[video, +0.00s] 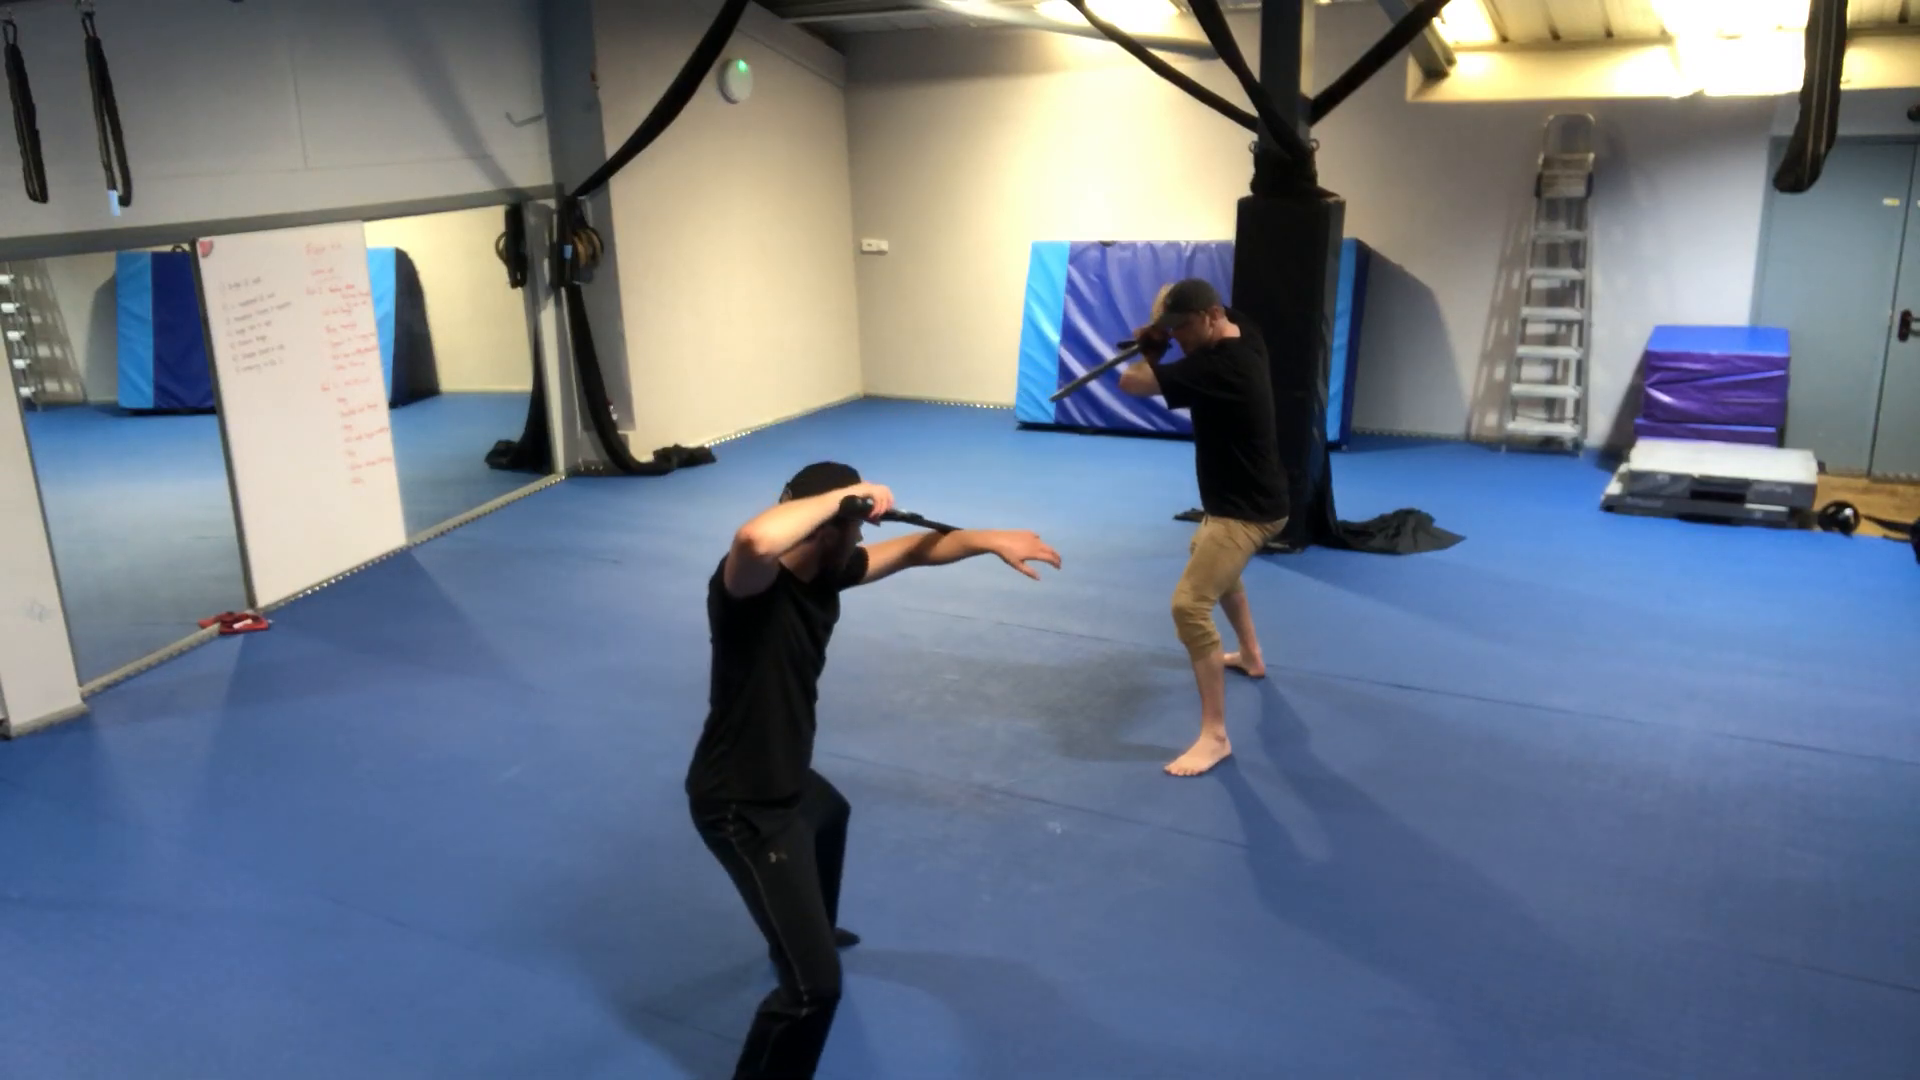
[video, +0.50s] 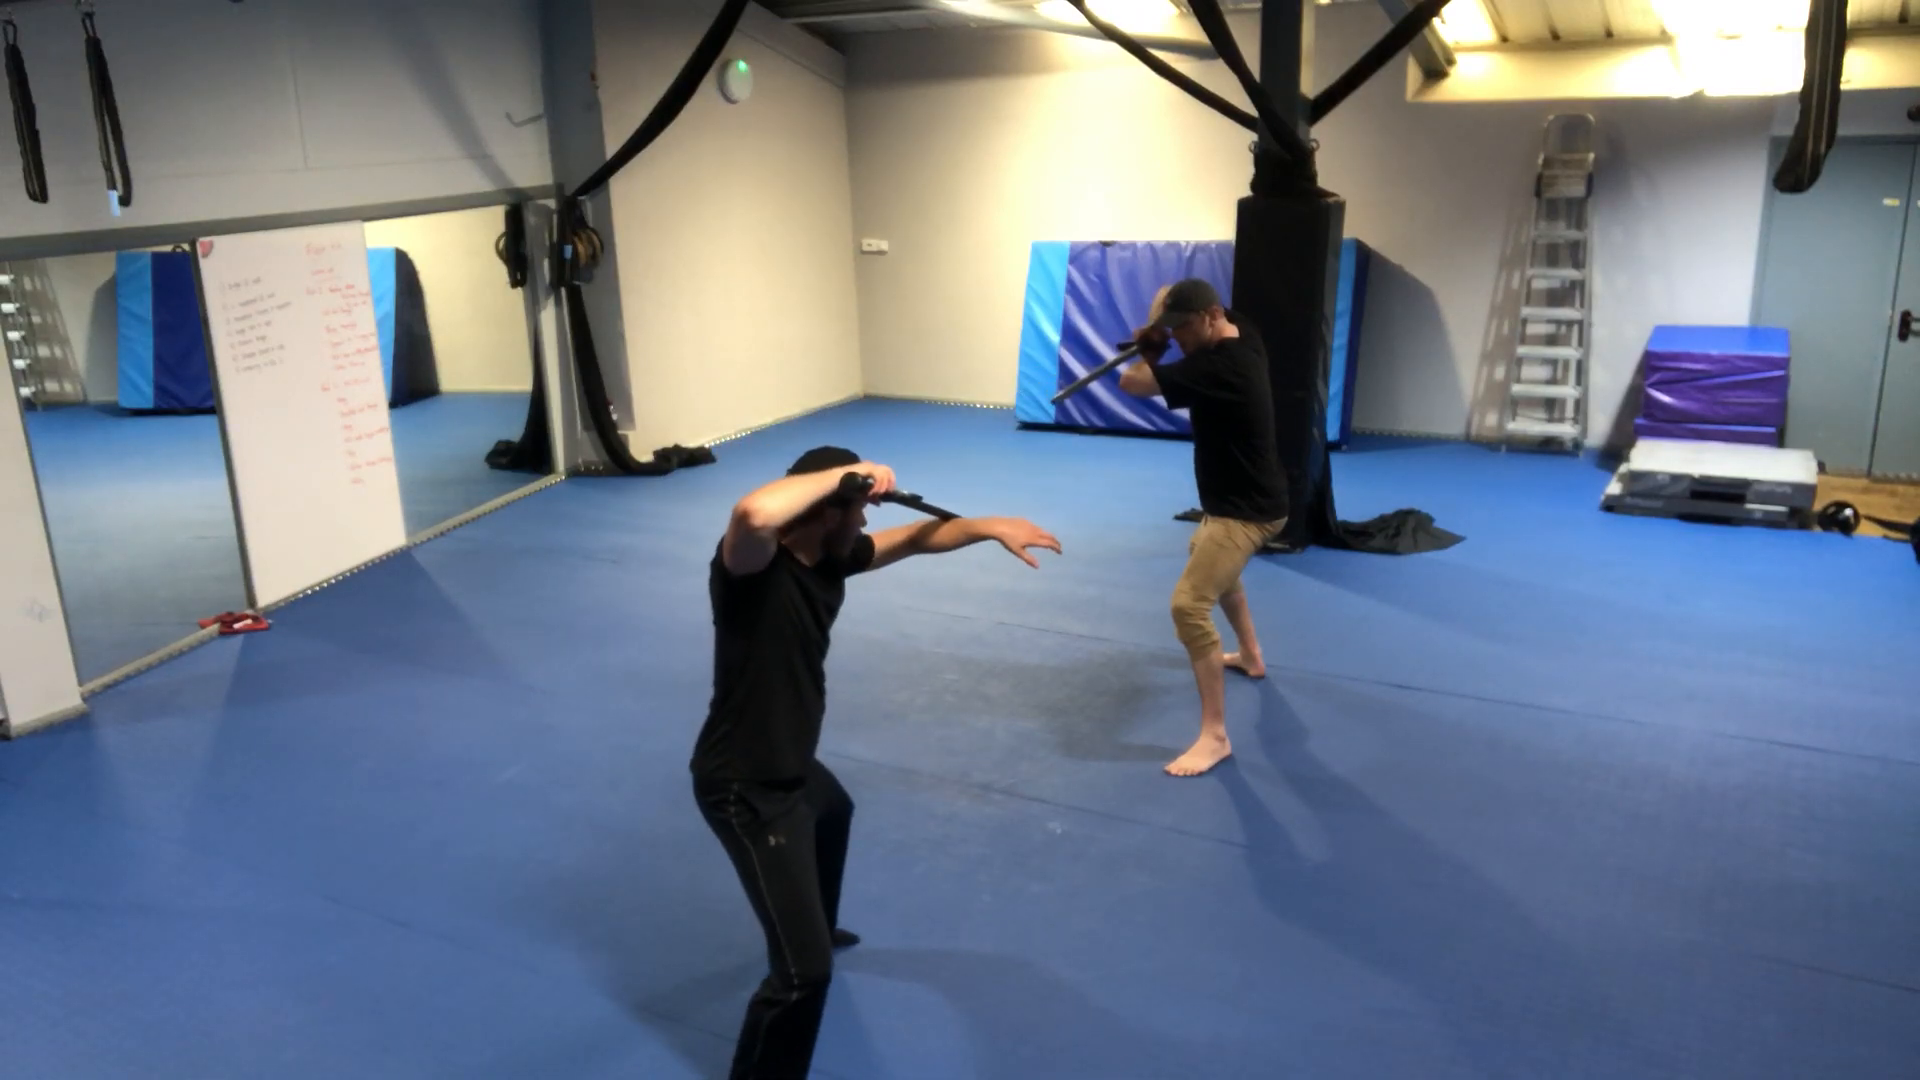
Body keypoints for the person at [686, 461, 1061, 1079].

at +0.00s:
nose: (857, 546)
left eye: (858, 533)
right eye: (849, 533)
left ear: (832, 534)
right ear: (818, 530)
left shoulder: (826, 574)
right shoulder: (748, 583)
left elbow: (916, 548)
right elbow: (755, 540)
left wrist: (990, 539)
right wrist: (842, 499)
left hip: (783, 776)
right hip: (739, 800)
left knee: (830, 815)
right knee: (814, 985)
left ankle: (810, 930)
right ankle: (760, 1075)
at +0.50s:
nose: (863, 522)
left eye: (863, 508)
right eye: (854, 509)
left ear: (836, 513)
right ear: (822, 511)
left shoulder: (831, 560)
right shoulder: (752, 566)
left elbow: (916, 537)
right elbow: (753, 512)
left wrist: (991, 525)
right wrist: (842, 478)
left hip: (789, 765)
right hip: (742, 783)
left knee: (833, 812)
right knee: (804, 968)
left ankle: (813, 929)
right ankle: (758, 1076)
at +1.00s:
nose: (871, 517)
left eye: (871, 503)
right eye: (863, 503)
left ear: (838, 505)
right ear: (830, 500)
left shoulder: (835, 550)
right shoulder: (758, 553)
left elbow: (921, 524)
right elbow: (763, 499)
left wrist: (996, 517)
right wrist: (847, 468)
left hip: (793, 755)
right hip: (744, 768)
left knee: (834, 811)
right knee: (793, 955)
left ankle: (815, 928)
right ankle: (756, 1075)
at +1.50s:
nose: (868, 511)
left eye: (869, 498)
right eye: (859, 498)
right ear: (824, 497)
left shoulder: (831, 543)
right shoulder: (753, 549)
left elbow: (916, 516)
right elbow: (769, 497)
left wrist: (986, 505)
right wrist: (858, 467)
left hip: (792, 749)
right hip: (743, 762)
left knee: (833, 809)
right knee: (784, 951)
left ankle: (813, 930)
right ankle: (752, 1074)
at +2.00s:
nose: (860, 505)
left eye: (863, 493)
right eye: (853, 491)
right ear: (818, 486)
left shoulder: (831, 536)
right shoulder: (746, 540)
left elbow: (915, 512)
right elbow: (759, 488)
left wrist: (989, 509)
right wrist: (853, 469)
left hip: (795, 749)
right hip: (746, 758)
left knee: (829, 818)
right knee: (780, 949)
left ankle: (810, 933)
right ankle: (752, 1073)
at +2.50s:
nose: (885, 472)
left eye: (867, 467)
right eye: (880, 464)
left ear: (816, 477)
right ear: (872, 474)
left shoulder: (794, 535)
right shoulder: (888, 513)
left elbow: (865, 500)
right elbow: (979, 417)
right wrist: (979, 341)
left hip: (847, 742)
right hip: (910, 743)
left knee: (892, 838)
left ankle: (890, 987)